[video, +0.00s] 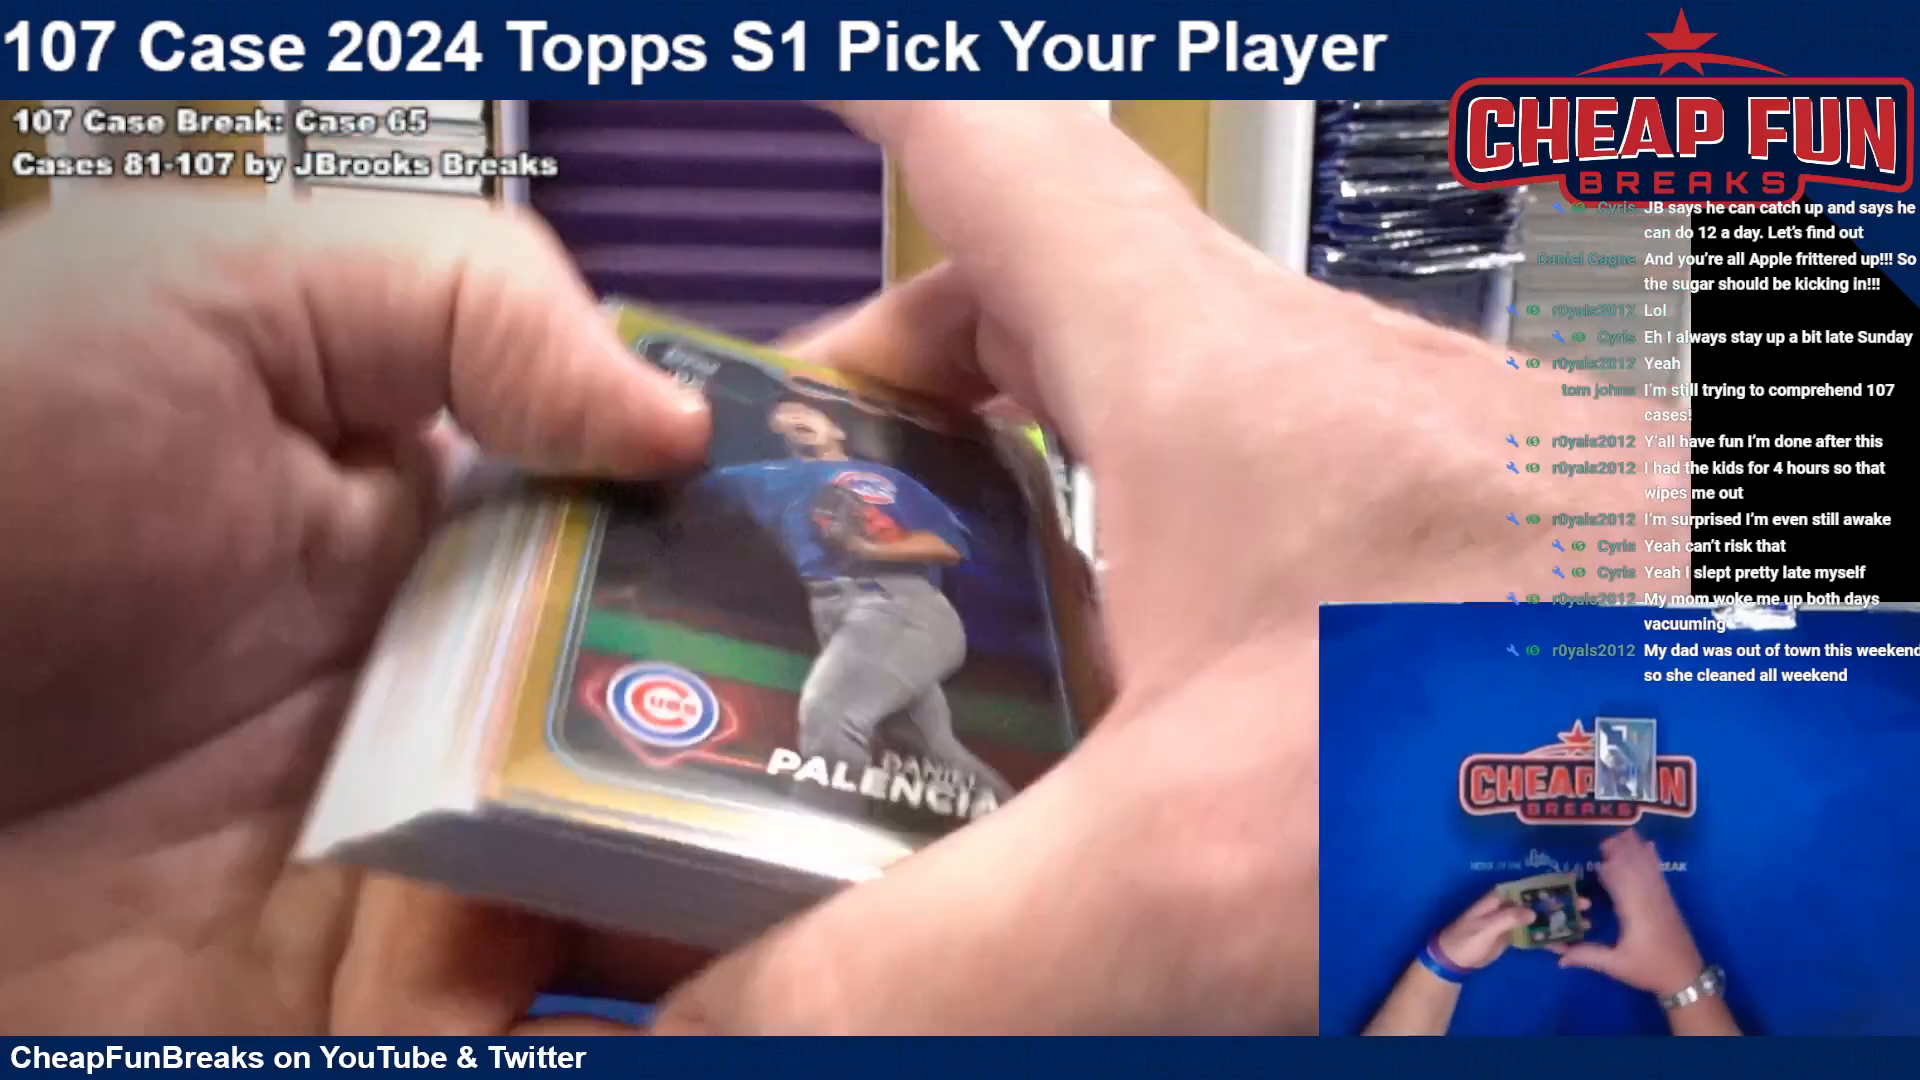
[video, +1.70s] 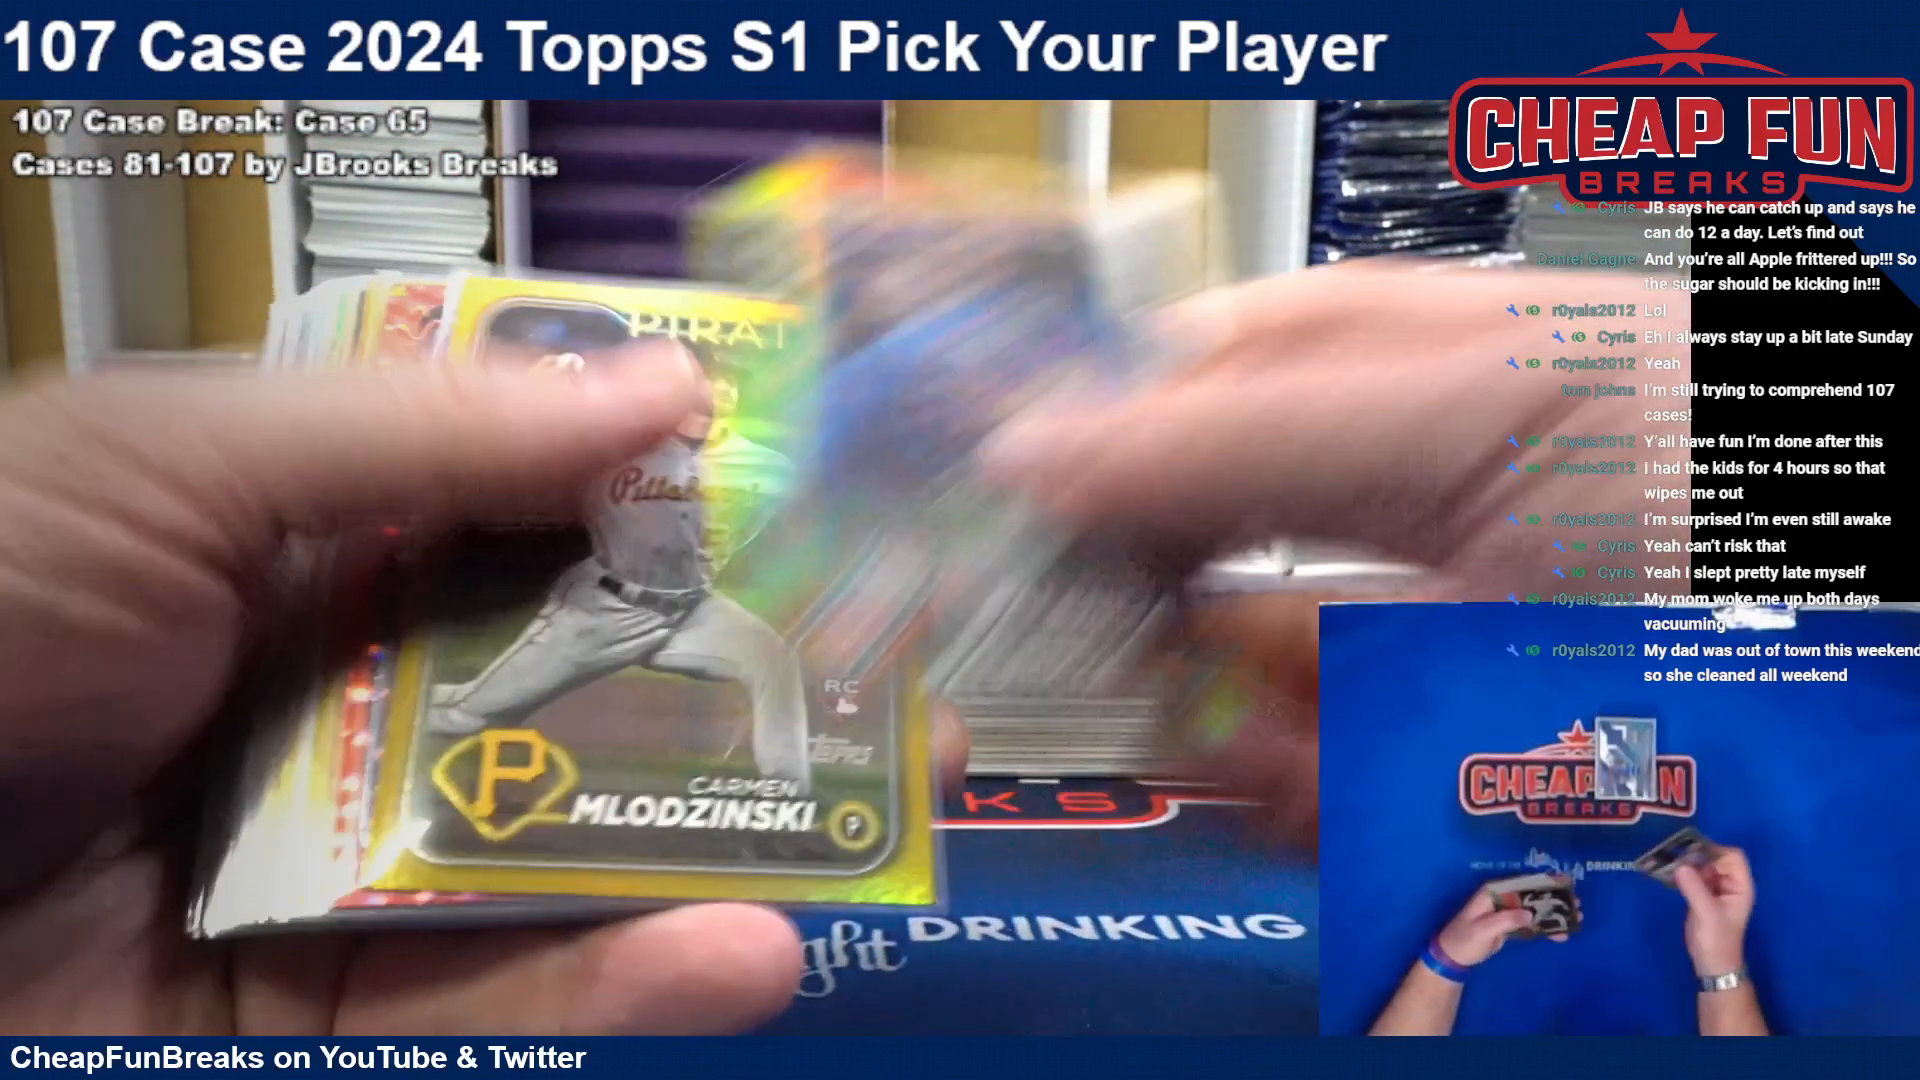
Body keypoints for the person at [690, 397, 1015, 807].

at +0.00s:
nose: (799, 421)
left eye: (810, 412)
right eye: (788, 415)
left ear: (836, 426)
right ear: (777, 430)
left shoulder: (885, 479)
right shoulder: (776, 480)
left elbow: (951, 544)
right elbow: (693, 491)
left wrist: (869, 548)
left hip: (907, 610)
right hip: (841, 617)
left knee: (831, 713)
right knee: (933, 752)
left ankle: (841, 852)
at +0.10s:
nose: (750, 427)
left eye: (764, 415)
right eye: (739, 417)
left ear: (795, 422)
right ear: (726, 429)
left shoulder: (842, 474)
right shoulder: (718, 483)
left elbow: (907, 532)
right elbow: (632, 516)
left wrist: (829, 543)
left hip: (865, 609)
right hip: (793, 623)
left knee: (778, 723)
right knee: (878, 750)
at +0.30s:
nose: (594, 447)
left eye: (604, 439)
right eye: (582, 442)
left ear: (629, 451)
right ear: (572, 462)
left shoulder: (683, 495)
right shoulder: (573, 517)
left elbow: (740, 556)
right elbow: (488, 563)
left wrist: (667, 577)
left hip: (704, 632)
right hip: (636, 650)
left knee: (636, 758)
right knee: (728, 777)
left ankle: (636, 895)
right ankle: (828, 863)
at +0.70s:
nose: (662, 406)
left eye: (672, 397)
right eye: (650, 402)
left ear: (700, 413)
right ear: (641, 425)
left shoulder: (752, 457)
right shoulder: (642, 483)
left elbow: (809, 525)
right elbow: (567, 513)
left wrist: (739, 549)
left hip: (771, 608)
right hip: (705, 626)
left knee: (705, 745)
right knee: (791, 765)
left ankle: (703, 894)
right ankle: (886, 859)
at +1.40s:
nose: (717, 372)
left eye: (727, 362)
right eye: (705, 368)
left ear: (757, 376)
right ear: (697, 391)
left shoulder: (809, 422)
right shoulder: (694, 455)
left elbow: (864, 490)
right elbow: (618, 494)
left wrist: (794, 519)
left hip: (828, 580)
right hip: (760, 601)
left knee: (762, 723)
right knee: (849, 739)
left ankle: (759, 877)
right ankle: (945, 836)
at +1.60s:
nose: (797, 355)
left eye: (808, 343)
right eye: (784, 348)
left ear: (837, 350)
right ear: (771, 366)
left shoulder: (890, 395)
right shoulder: (773, 438)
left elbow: (956, 456)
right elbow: (689, 482)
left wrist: (900, 490)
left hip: (947, 540)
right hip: (868, 570)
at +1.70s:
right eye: (692, 395)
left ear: (712, 404)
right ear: (655, 400)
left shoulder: (697, 451)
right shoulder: (605, 448)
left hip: (690, 614)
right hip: (602, 612)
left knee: (773, 659)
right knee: (479, 708)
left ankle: (787, 816)